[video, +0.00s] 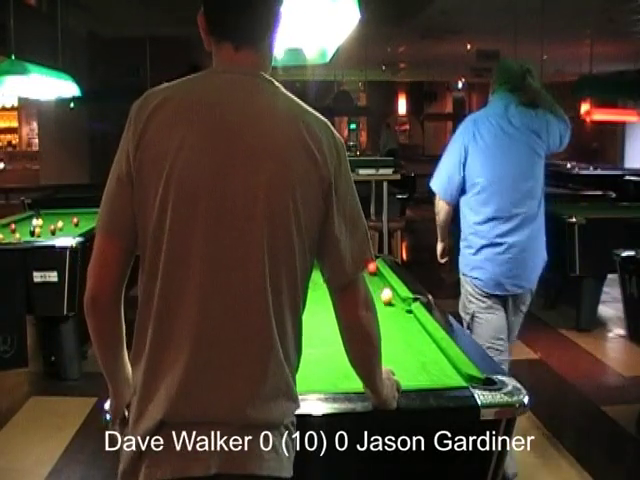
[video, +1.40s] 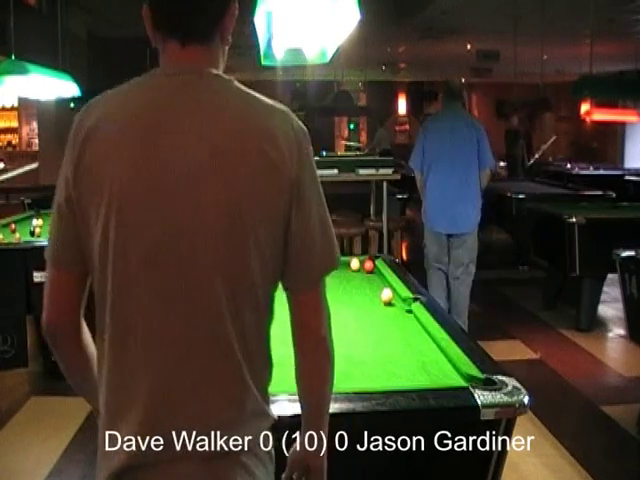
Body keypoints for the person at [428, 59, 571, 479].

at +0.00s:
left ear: (493, 87)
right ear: (527, 89)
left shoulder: (473, 126)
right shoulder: (540, 125)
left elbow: (444, 198)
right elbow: (563, 126)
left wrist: (442, 240)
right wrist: (537, 91)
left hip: (483, 257)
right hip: (530, 256)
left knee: (491, 357)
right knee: (499, 351)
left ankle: (501, 452)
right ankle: (488, 439)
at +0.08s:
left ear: (489, 86)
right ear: (522, 90)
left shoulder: (469, 123)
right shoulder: (531, 122)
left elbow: (443, 189)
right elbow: (558, 127)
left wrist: (439, 239)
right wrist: (536, 92)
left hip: (477, 254)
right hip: (522, 253)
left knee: (477, 344)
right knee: (502, 341)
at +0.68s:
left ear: (452, 94)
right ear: (480, 96)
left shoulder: (434, 126)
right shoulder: (486, 121)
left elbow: (416, 177)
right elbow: (515, 124)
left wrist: (416, 220)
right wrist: (492, 96)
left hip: (442, 231)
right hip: (479, 230)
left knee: (445, 307)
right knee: (477, 307)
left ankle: (444, 375)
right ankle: (481, 376)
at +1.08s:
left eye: (444, 98)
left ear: (445, 101)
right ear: (466, 102)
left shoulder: (431, 131)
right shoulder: (477, 127)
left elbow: (419, 175)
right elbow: (505, 156)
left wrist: (429, 200)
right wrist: (488, 130)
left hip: (437, 220)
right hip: (470, 220)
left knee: (442, 288)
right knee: (467, 287)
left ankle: (443, 343)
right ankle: (461, 338)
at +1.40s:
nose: (438, 104)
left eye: (439, 100)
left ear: (440, 100)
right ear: (463, 100)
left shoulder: (429, 126)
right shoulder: (474, 126)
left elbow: (417, 169)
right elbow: (487, 168)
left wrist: (426, 199)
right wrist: (474, 193)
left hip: (435, 210)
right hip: (466, 210)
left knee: (436, 268)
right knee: (462, 272)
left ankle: (437, 325)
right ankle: (459, 331)